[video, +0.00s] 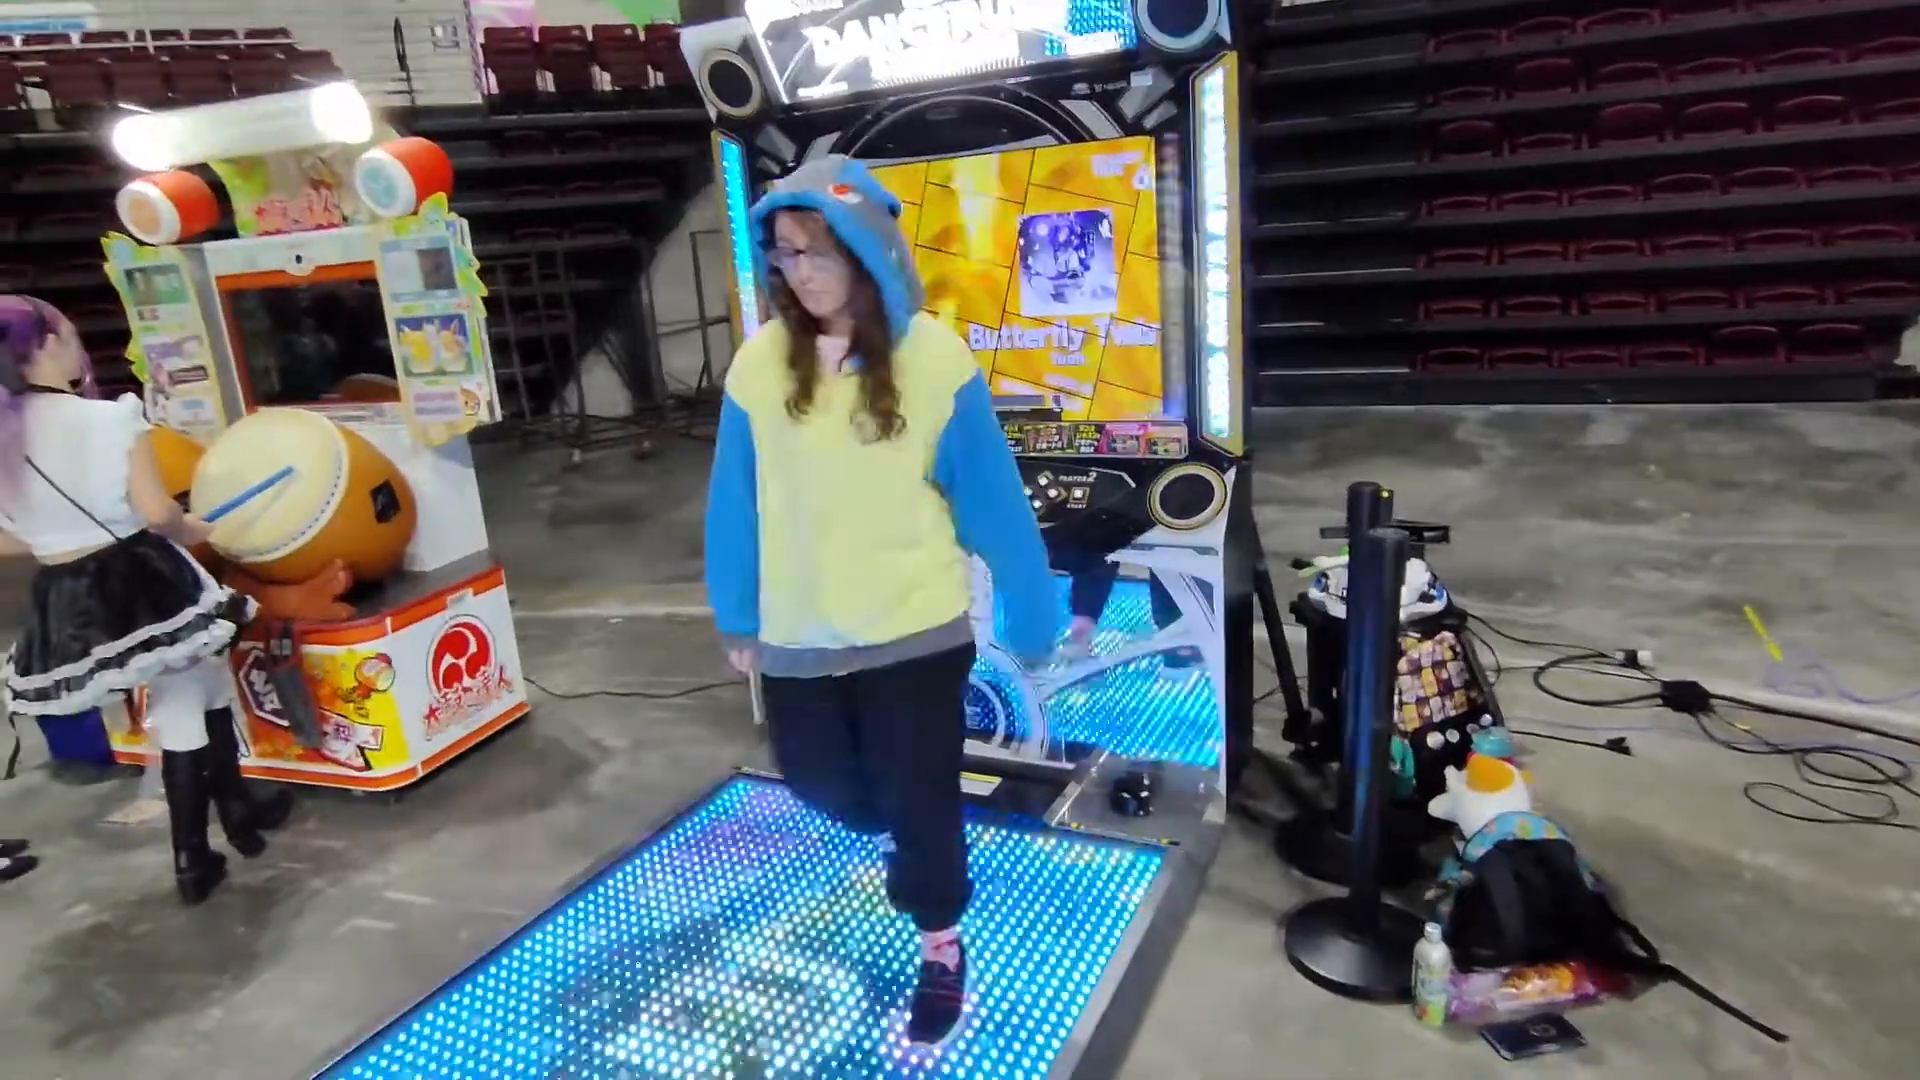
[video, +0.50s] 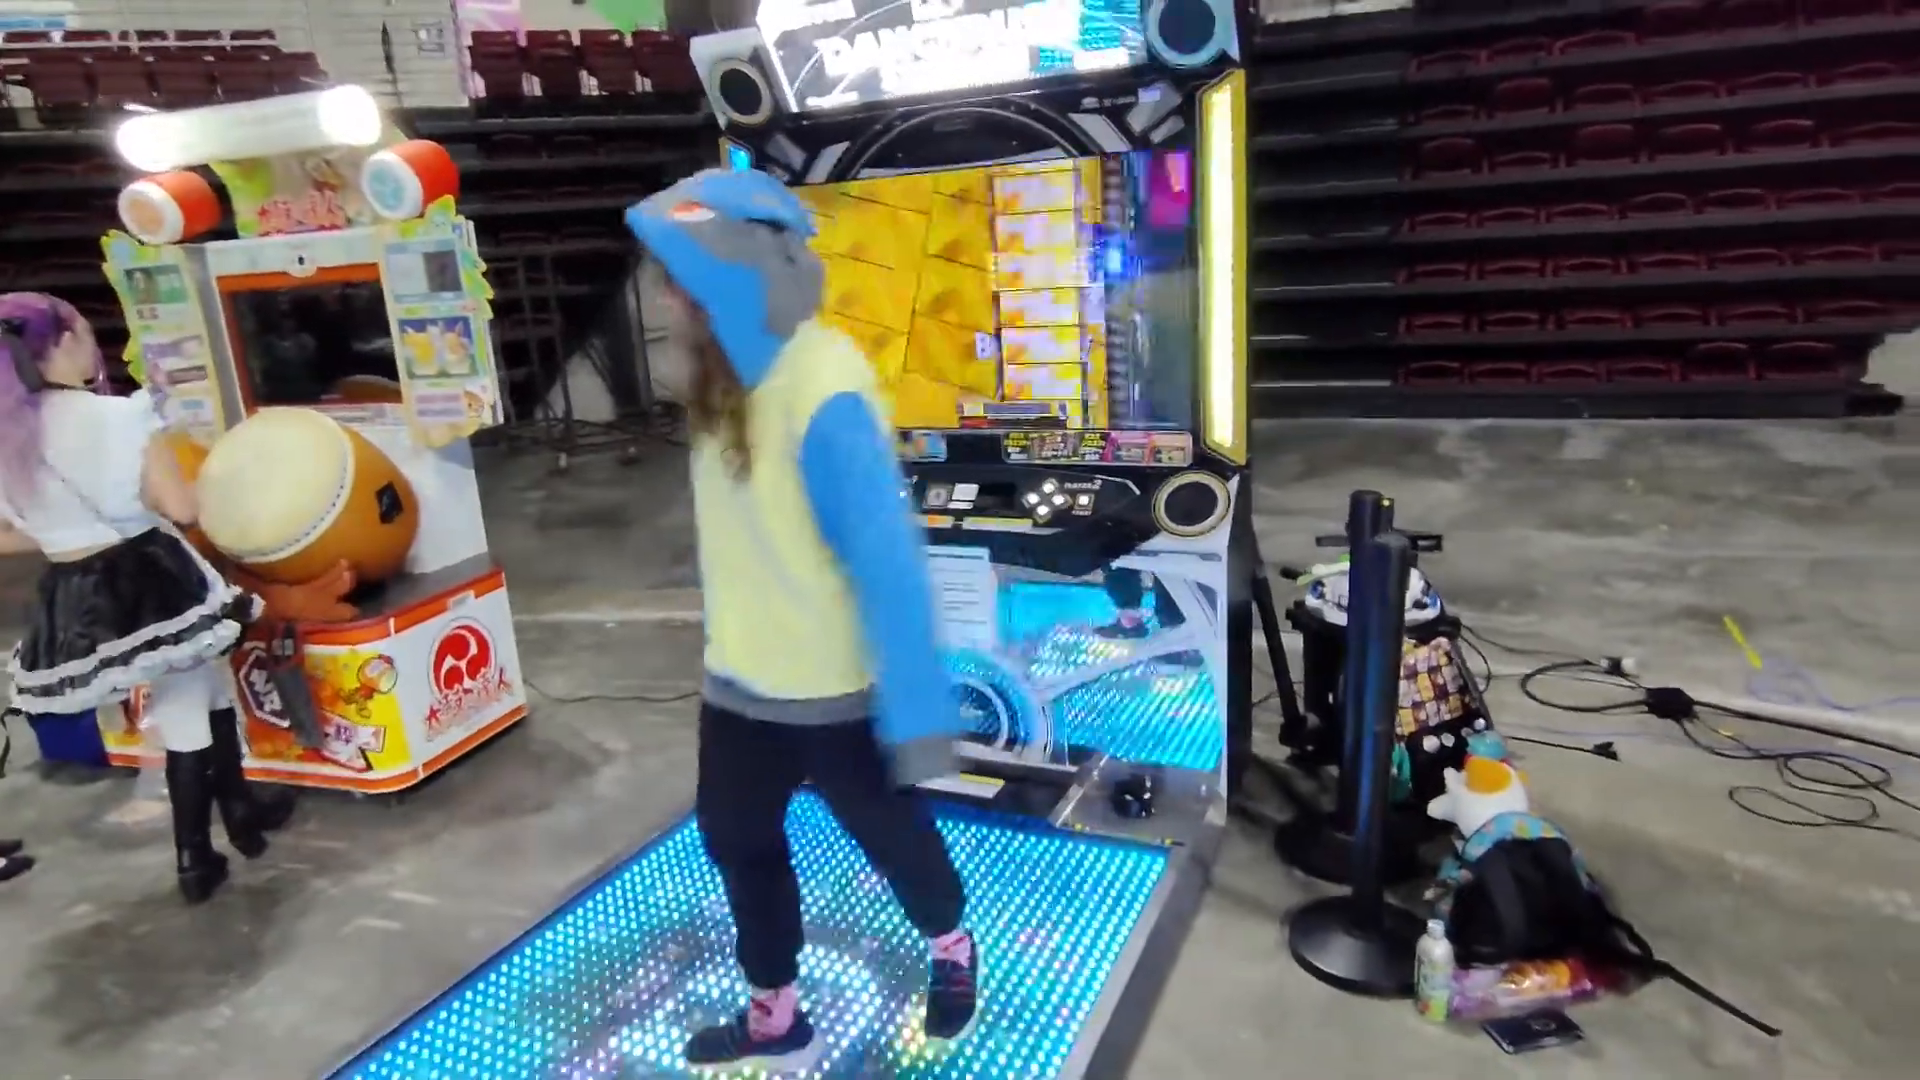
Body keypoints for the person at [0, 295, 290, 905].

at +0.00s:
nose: (79, 347)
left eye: (73, 335)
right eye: (70, 336)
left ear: (18, 356)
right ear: (45, 347)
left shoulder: (8, 434)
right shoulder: (111, 420)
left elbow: (11, 537)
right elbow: (157, 514)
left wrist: (58, 544)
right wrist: (192, 529)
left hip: (69, 598)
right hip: (142, 585)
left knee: (208, 670)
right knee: (178, 705)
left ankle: (239, 807)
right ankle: (191, 857)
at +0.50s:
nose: (94, 343)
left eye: (86, 332)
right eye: (84, 334)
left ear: (31, 357)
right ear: (58, 348)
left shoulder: (14, 430)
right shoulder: (117, 418)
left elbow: (11, 535)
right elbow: (179, 506)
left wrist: (69, 535)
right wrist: (222, 477)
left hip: (78, 593)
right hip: (148, 582)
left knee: (209, 675)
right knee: (184, 706)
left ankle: (243, 808)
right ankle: (194, 858)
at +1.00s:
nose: (24, 317)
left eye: (17, 305)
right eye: (16, 305)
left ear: (4, 313)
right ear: (3, 313)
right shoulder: (67, 389)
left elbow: (120, 483)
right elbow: (124, 485)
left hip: (16, 578)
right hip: (86, 571)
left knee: (140, 658)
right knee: (131, 687)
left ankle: (182, 796)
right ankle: (130, 846)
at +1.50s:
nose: (30, 261)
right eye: (24, 251)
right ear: (16, 257)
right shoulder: (48, 323)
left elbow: (92, 419)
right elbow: (94, 421)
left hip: (11, 505)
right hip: (70, 493)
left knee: (125, 593)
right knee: (108, 623)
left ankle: (165, 726)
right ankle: (118, 774)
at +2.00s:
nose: (46, 211)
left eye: (41, 199)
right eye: (38, 199)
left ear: (3, 211)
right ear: (15, 206)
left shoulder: (5, 283)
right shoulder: (84, 281)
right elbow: (139, 377)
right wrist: (125, 317)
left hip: (35, 450)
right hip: (108, 441)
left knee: (170, 539)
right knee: (159, 564)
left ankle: (212, 671)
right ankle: (170, 718)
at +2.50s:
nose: (65, 195)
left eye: (59, 184)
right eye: (57, 185)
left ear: (11, 204)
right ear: (33, 196)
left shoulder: (5, 283)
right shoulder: (106, 267)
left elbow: (10, 389)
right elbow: (156, 365)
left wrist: (58, 386)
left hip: (62, 440)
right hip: (134, 426)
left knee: (181, 533)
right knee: (175, 550)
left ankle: (233, 654)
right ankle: (190, 702)